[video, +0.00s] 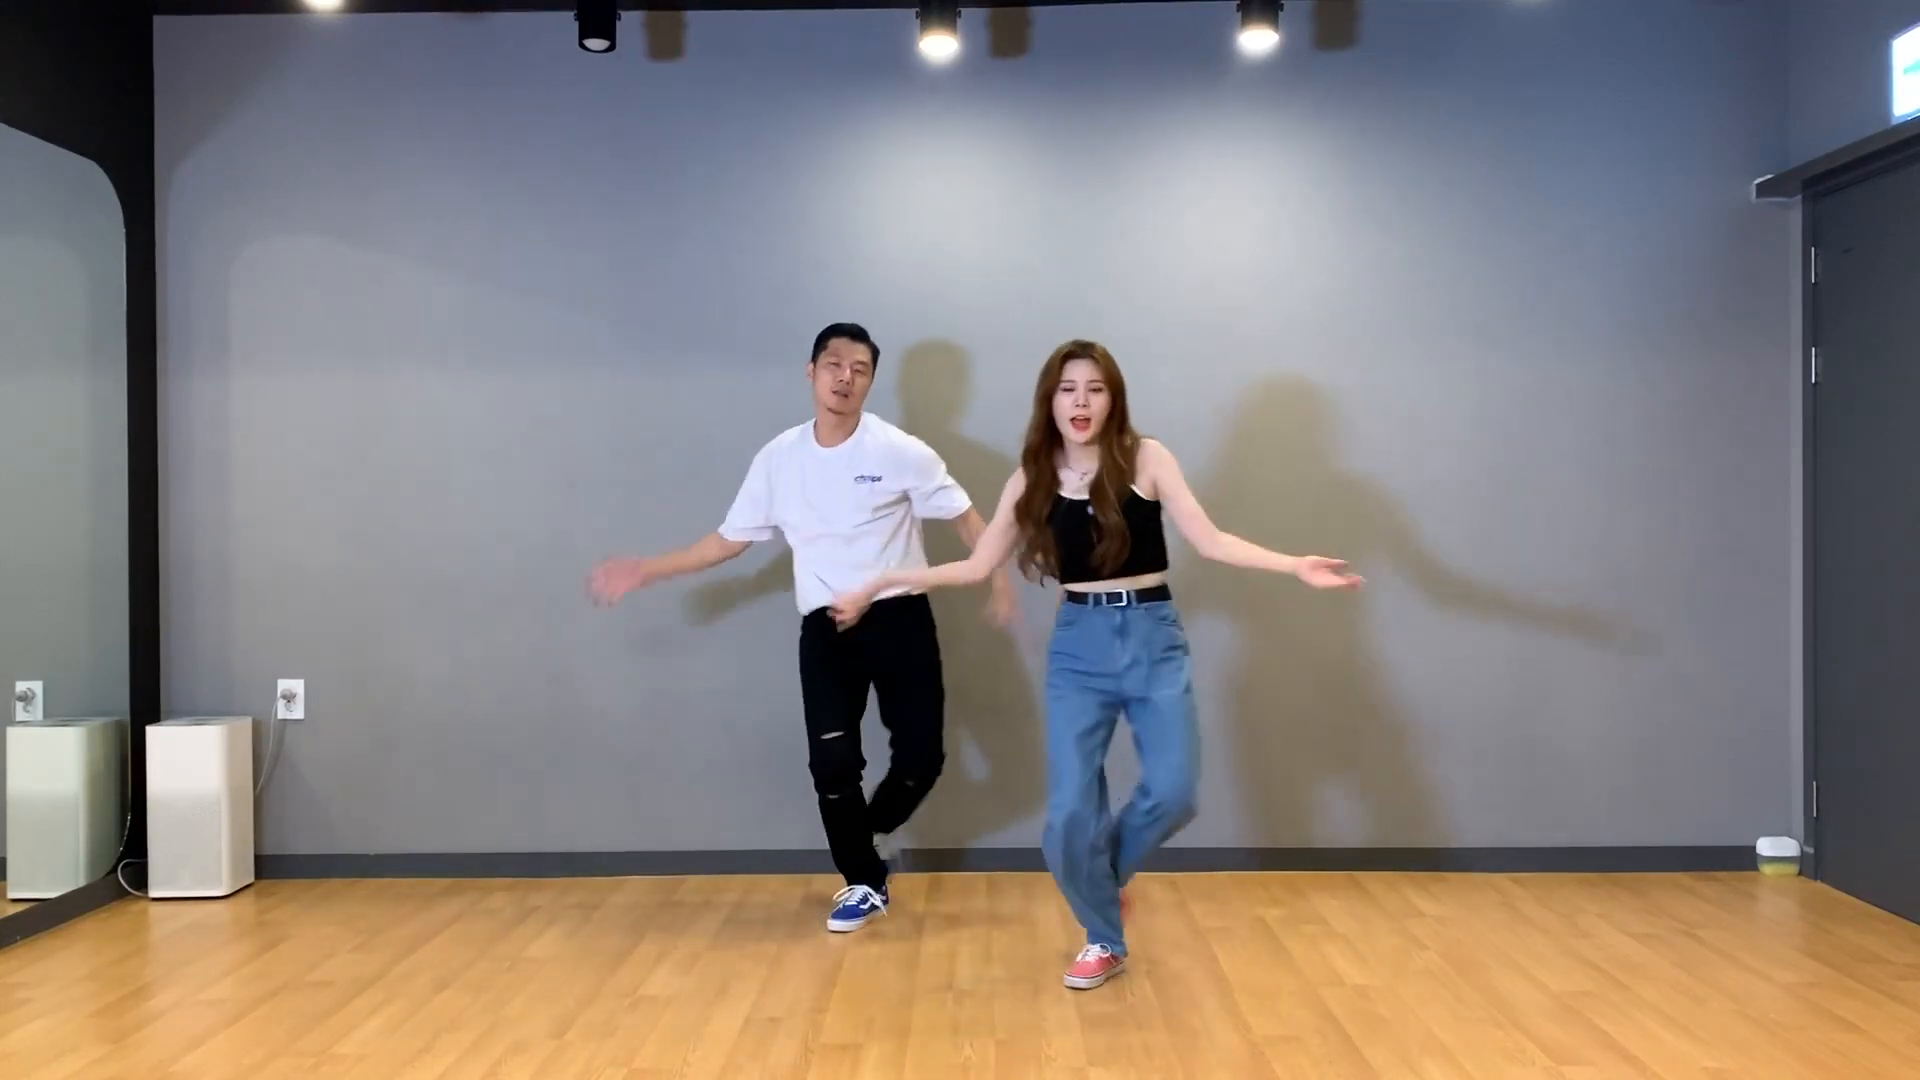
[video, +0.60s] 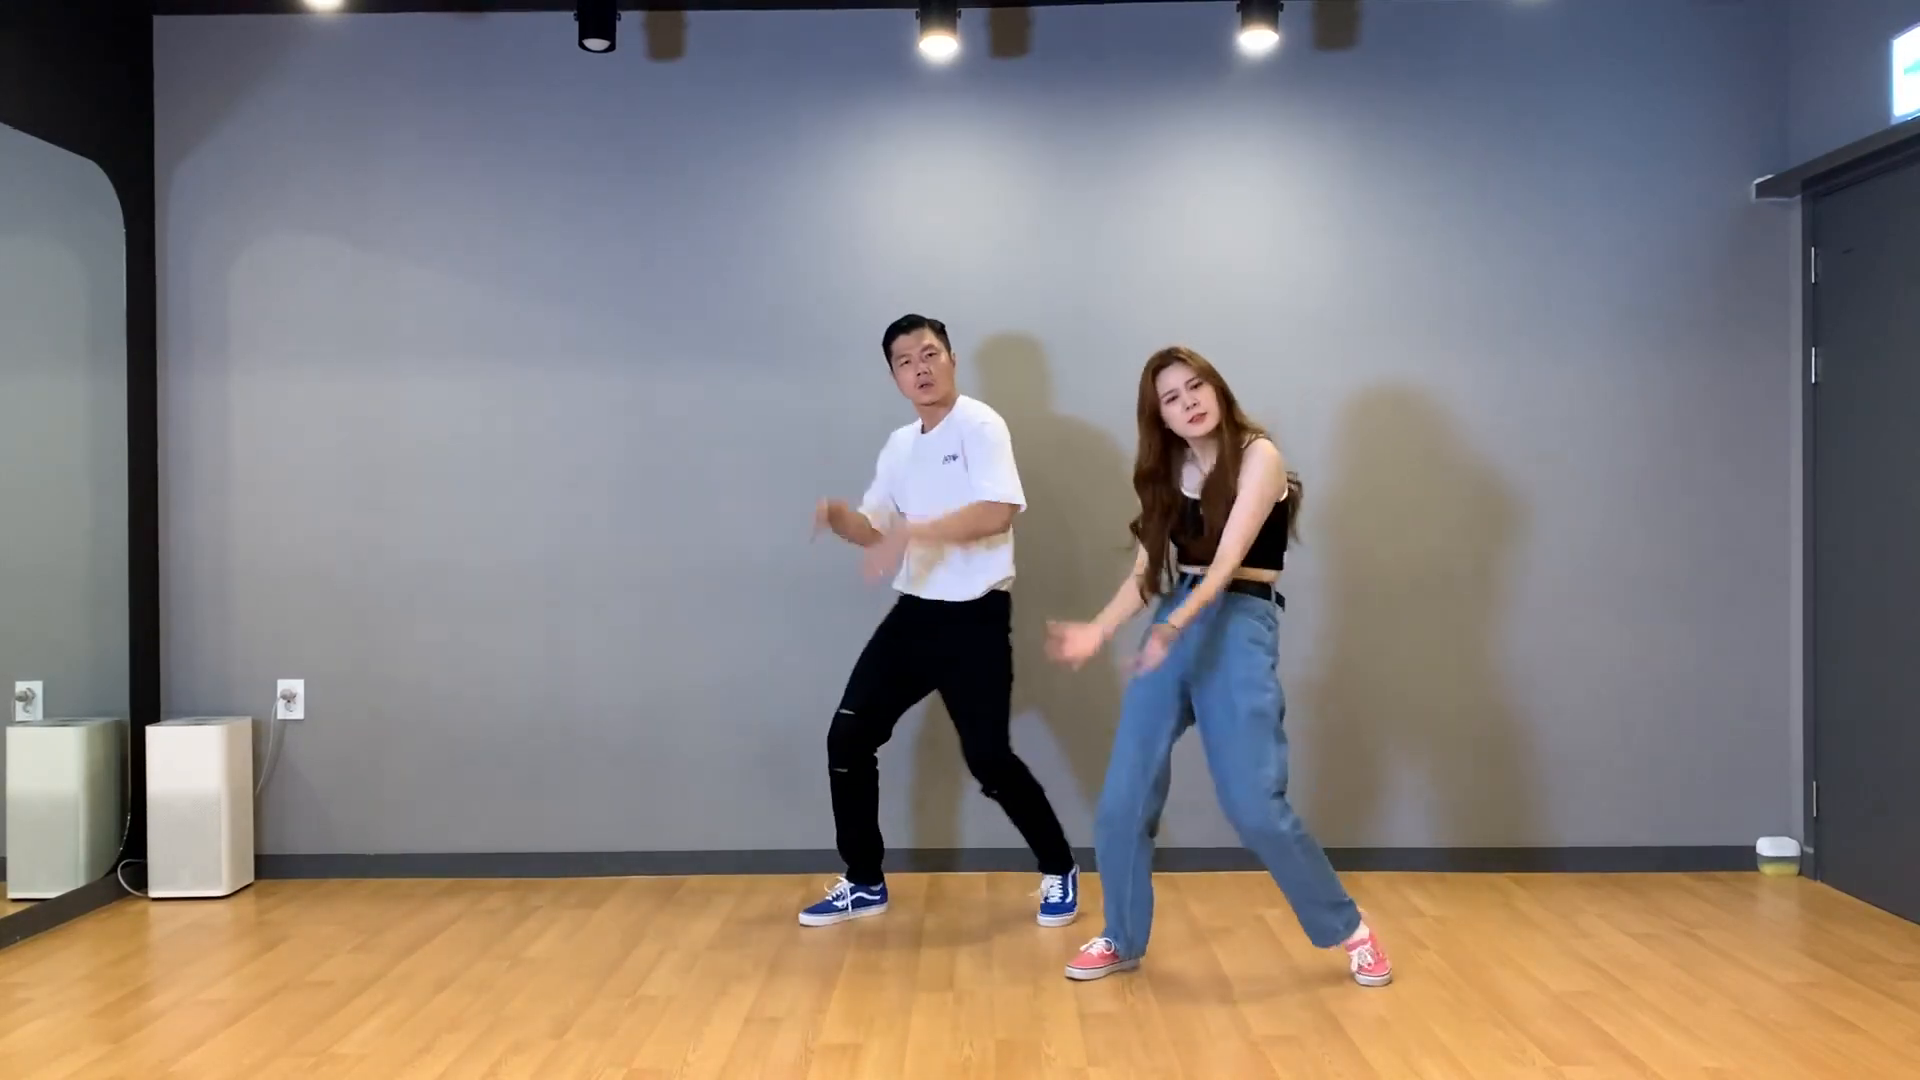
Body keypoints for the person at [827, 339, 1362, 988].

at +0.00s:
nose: (1080, 402)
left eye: (1094, 390)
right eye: (1068, 390)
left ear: (1113, 400)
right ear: (1049, 400)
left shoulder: (1147, 459)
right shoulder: (1030, 480)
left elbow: (1209, 540)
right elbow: (976, 568)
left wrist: (1296, 565)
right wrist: (885, 581)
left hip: (1155, 641)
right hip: (1077, 646)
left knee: (1174, 793)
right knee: (1072, 806)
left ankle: (1106, 865)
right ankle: (1102, 941)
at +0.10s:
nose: (1105, 396)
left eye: (1118, 385)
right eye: (1093, 386)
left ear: (1139, 398)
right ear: (1075, 400)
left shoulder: (1170, 456)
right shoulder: (1054, 474)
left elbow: (1245, 526)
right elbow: (977, 537)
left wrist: (1210, 476)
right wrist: (971, 470)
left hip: (1178, 640)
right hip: (1102, 647)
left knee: (1235, 778)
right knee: (1085, 808)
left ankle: (1241, 858)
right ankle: (1106, 941)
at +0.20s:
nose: (1134, 379)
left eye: (1148, 369)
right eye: (1121, 370)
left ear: (1168, 381)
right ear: (1105, 384)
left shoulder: (1192, 431)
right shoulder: (1086, 445)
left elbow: (1283, 447)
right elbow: (1002, 478)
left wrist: (1179, 451)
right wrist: (1058, 460)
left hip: (1204, 641)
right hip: (1128, 643)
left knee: (1269, 813)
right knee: (1102, 799)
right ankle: (1107, 942)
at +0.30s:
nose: (1158, 366)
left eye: (1170, 353)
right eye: (1144, 357)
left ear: (1193, 360)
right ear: (1130, 369)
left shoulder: (1222, 417)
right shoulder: (1120, 432)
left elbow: (1309, 459)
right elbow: (1061, 494)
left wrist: (1220, 479)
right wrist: (1087, 483)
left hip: (1217, 625)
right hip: (1145, 631)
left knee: (1290, 783)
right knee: (1120, 789)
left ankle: (1358, 928)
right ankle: (1112, 938)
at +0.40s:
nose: (1179, 371)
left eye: (1188, 355)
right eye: (1163, 363)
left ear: (1210, 357)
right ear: (1148, 375)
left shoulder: (1244, 418)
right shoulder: (1140, 432)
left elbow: (1316, 495)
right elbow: (1116, 495)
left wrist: (1243, 548)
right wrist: (1116, 557)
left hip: (1223, 621)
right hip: (1150, 622)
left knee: (1288, 780)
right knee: (1131, 789)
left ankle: (1355, 927)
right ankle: (1126, 935)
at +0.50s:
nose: (1191, 385)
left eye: (1196, 368)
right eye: (1174, 381)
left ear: (1217, 368)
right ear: (1161, 396)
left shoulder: (1257, 439)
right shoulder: (1158, 450)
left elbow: (1254, 550)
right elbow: (1134, 553)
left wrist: (1236, 639)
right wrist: (1113, 639)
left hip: (1226, 612)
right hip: (1153, 613)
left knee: (1282, 781)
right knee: (1137, 781)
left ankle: (1355, 928)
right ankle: (1124, 935)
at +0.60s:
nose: (1189, 402)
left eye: (1195, 386)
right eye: (1172, 399)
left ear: (1217, 388)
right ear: (1161, 417)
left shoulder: (1259, 457)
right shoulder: (1169, 477)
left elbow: (1227, 562)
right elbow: (1147, 567)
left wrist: (1171, 628)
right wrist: (1098, 628)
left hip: (1237, 619)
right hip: (1167, 618)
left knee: (1254, 805)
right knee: (1126, 793)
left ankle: (1349, 929)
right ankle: (1122, 938)